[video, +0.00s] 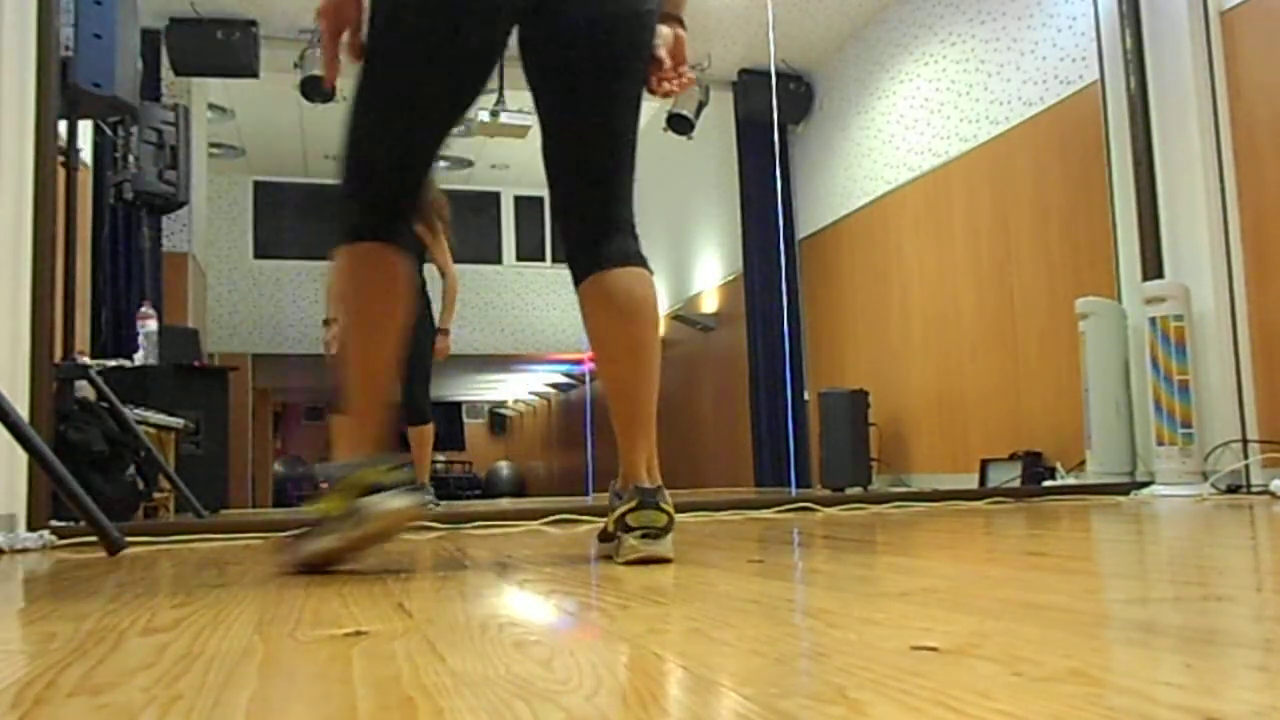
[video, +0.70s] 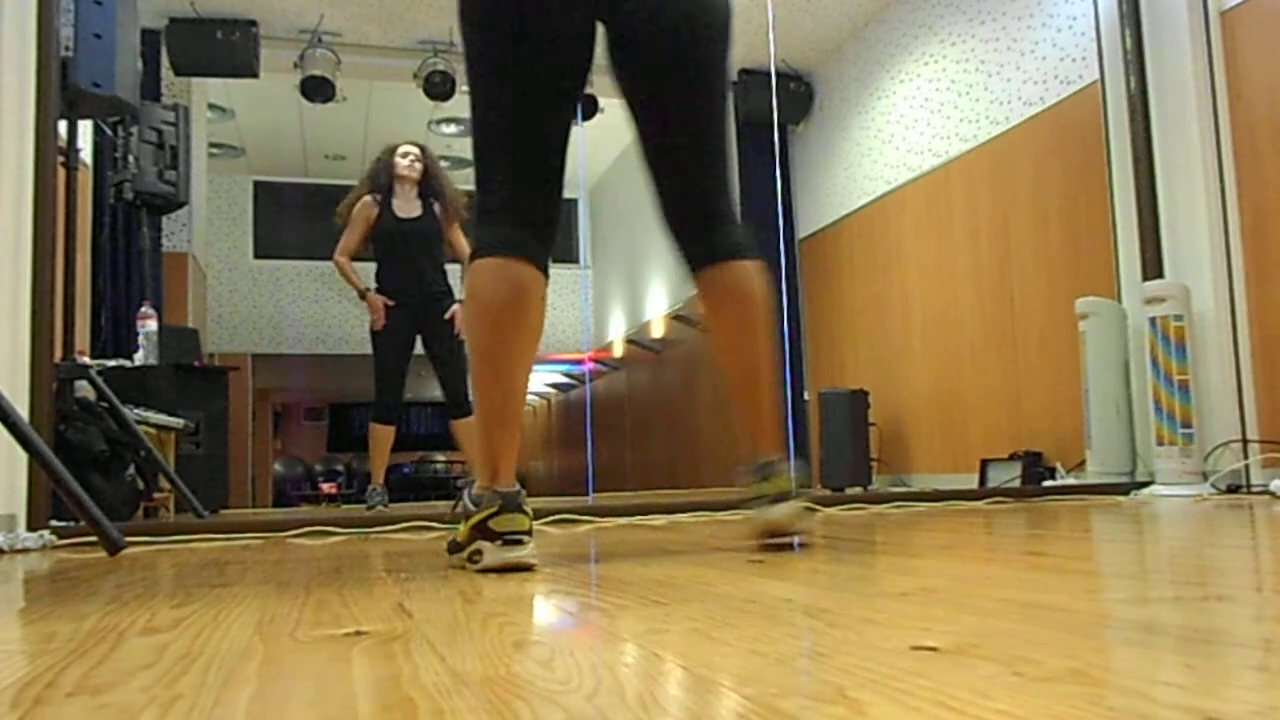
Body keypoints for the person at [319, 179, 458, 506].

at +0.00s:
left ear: (405, 191)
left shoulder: (418, 221)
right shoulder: (357, 226)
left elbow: (449, 274)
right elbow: (337, 272)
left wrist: (444, 328)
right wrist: (334, 319)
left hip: (411, 318)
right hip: (365, 319)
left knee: (415, 401)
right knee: (359, 392)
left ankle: (422, 484)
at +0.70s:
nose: (410, 161)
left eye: (417, 158)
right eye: (403, 155)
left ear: (424, 171)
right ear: (389, 166)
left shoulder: (438, 208)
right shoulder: (372, 205)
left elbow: (469, 259)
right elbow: (340, 257)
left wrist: (465, 302)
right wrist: (366, 294)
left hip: (439, 309)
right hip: (393, 311)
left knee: (458, 396)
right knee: (388, 399)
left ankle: (480, 481)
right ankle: (377, 485)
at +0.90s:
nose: (441, 167)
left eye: (448, 164)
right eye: (434, 162)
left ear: (456, 176)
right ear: (421, 171)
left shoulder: (470, 215)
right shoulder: (404, 211)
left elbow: (498, 262)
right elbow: (373, 260)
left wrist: (493, 301)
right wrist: (392, 293)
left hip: (465, 314)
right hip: (419, 314)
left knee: (504, 391)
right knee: (402, 399)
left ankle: (536, 475)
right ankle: (380, 485)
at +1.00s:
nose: (465, 171)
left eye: (472, 168)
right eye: (458, 166)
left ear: (480, 179)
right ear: (445, 176)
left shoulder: (494, 219)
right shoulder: (429, 217)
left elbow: (521, 266)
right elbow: (402, 267)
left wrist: (517, 300)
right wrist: (421, 286)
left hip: (488, 317)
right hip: (442, 316)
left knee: (522, 395)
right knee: (416, 402)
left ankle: (544, 478)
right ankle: (383, 482)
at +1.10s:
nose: (488, 172)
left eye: (495, 169)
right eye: (481, 167)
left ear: (504, 181)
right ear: (468, 176)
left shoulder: (517, 220)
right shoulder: (452, 217)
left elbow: (545, 269)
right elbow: (433, 271)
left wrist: (535, 289)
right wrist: (454, 271)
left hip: (510, 315)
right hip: (465, 314)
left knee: (527, 400)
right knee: (435, 398)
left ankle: (536, 481)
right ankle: (396, 479)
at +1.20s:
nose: (506, 170)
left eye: (513, 167)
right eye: (500, 165)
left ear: (522, 180)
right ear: (486, 174)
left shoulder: (533, 215)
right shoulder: (469, 211)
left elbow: (564, 268)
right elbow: (453, 263)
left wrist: (548, 251)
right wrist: (486, 232)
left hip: (523, 310)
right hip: (479, 309)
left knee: (533, 397)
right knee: (453, 392)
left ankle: (546, 481)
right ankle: (430, 477)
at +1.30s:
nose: (519, 172)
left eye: (525, 169)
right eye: (513, 166)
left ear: (531, 181)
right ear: (498, 174)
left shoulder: (541, 214)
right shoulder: (481, 207)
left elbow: (572, 252)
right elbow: (467, 239)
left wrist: (550, 211)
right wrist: (493, 201)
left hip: (532, 310)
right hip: (488, 308)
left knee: (537, 394)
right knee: (472, 392)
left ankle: (546, 480)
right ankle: (465, 477)